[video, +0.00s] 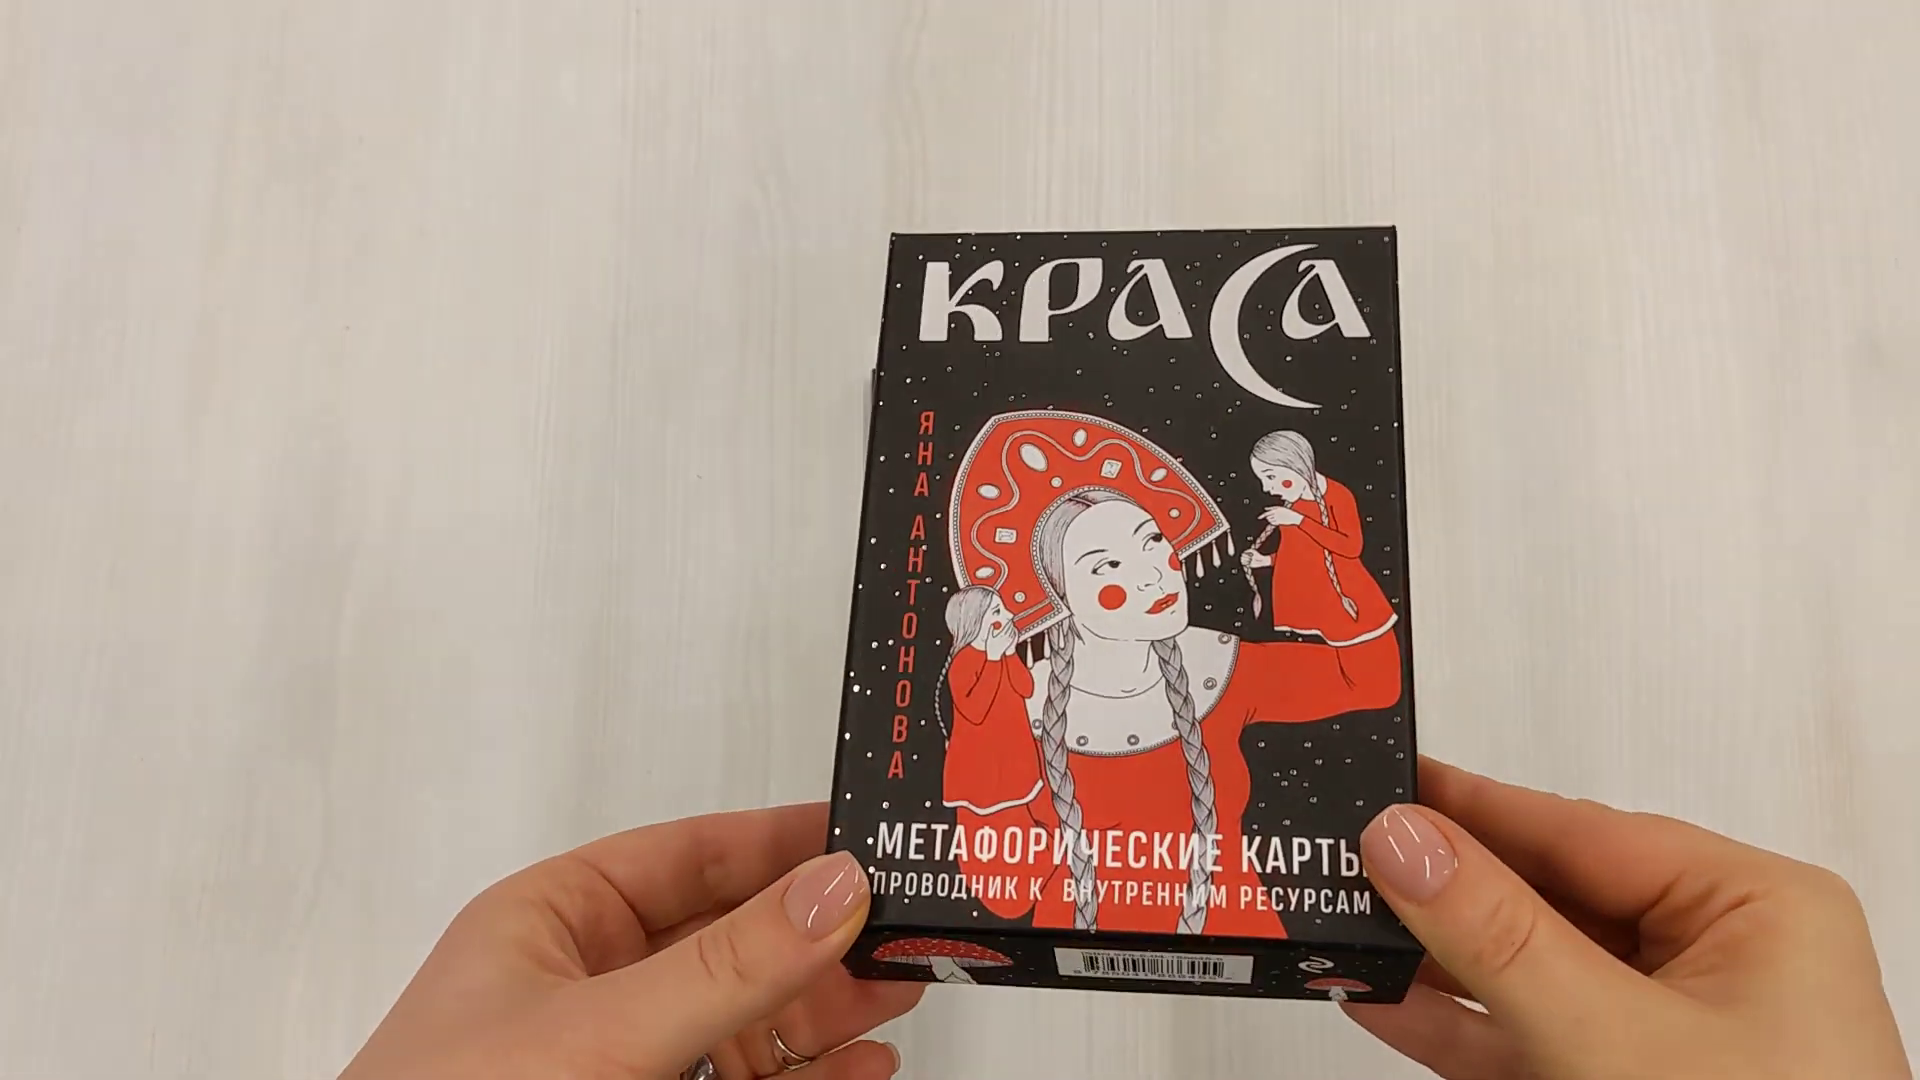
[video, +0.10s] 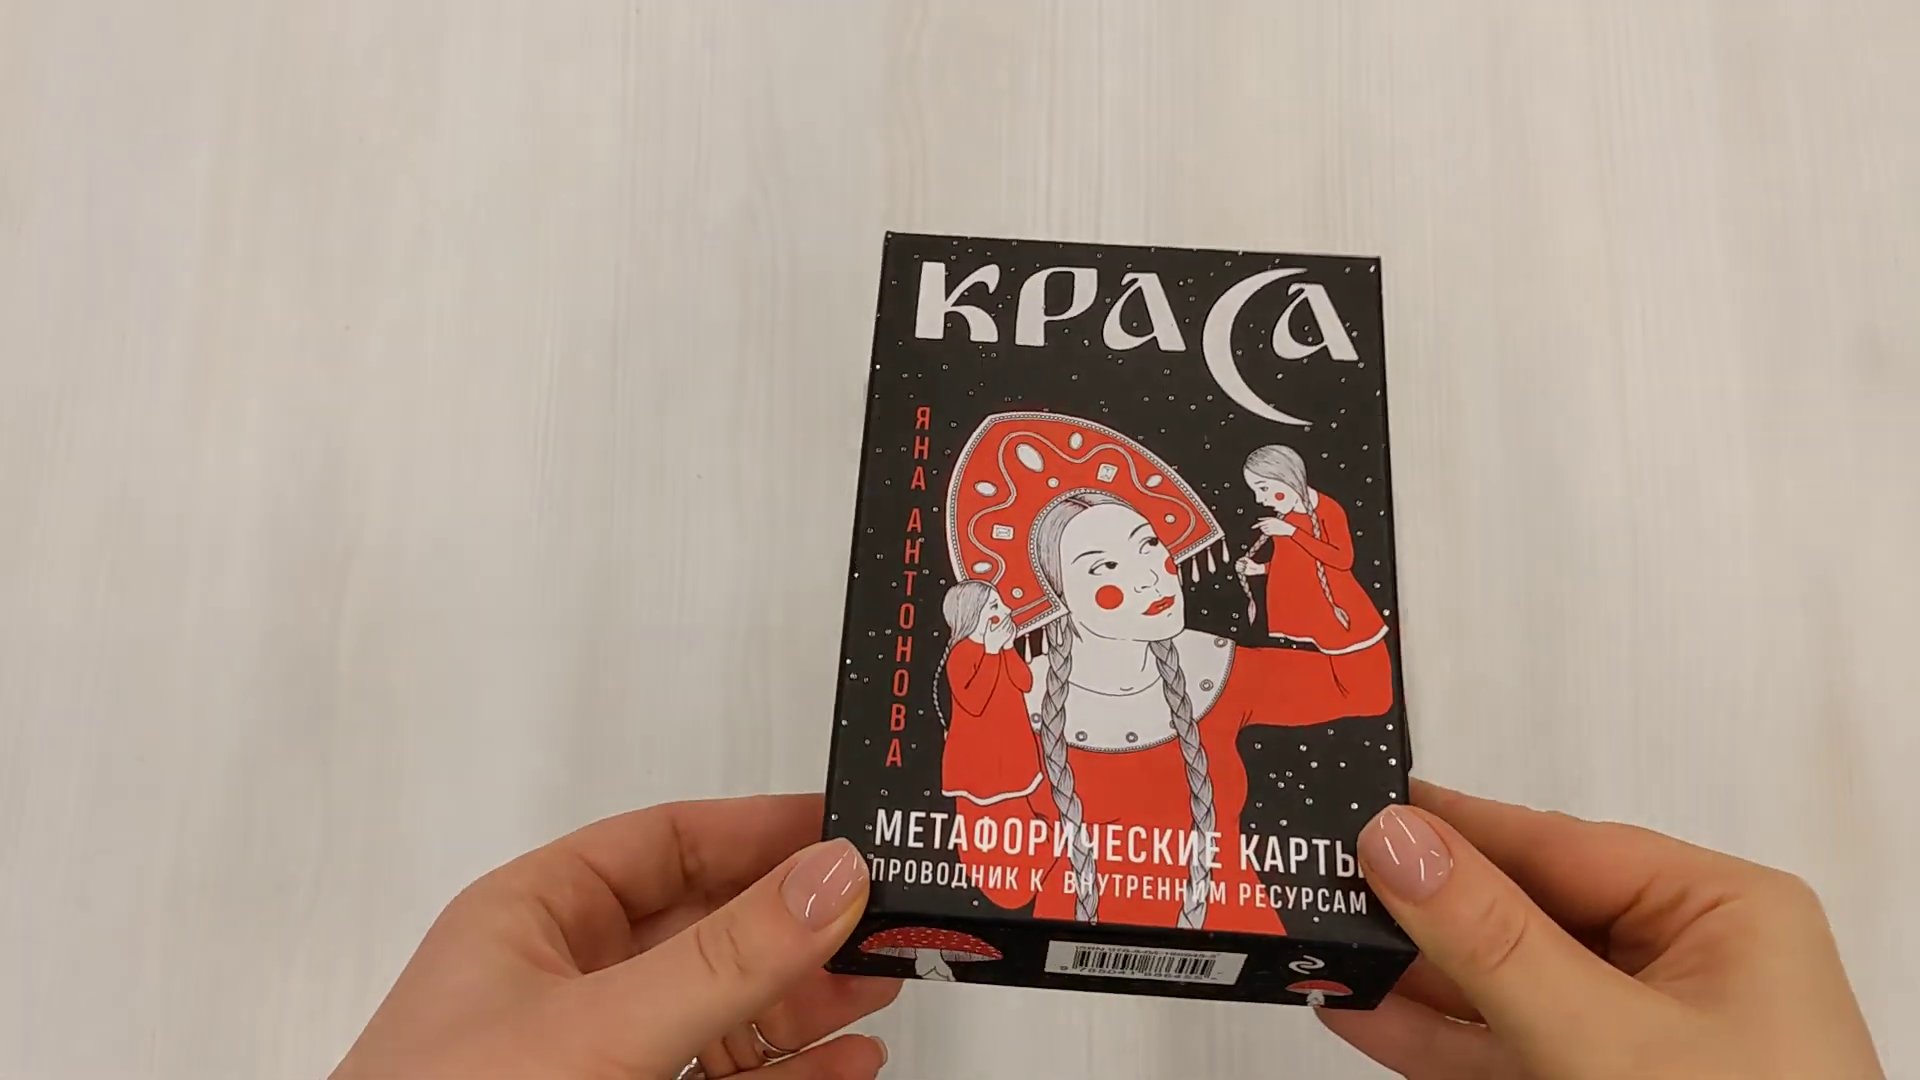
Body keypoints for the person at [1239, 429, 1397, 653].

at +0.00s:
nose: (1267, 489)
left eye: (1270, 476)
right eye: (1263, 480)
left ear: (1295, 464)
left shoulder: (1338, 496)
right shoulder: (1292, 504)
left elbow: (1352, 547)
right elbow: (1302, 552)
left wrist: (1299, 520)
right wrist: (1266, 560)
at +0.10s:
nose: (1259, 500)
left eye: (1264, 488)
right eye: (1255, 491)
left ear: (1287, 478)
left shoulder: (1329, 510)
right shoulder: (1285, 517)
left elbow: (1344, 559)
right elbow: (1294, 562)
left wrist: (1292, 532)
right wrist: (1260, 569)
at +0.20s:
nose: (1240, 512)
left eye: (1242, 501)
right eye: (1235, 505)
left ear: (1265, 491)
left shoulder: (1304, 525)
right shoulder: (1264, 531)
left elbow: (1321, 573)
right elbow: (1275, 574)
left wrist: (1270, 544)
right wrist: (1241, 579)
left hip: (1322, 638)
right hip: (1288, 640)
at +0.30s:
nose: (1216, 516)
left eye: (1220, 505)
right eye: (1212, 508)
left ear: (1241, 496)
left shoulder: (1279, 531)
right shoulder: (1241, 536)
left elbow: (1296, 579)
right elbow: (1252, 579)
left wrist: (1248, 549)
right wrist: (1219, 583)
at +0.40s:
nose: (1205, 508)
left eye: (1208, 497)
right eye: (1200, 500)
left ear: (1229, 488)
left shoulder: (1265, 525)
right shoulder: (1230, 529)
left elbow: (1282, 574)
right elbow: (1243, 574)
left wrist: (1235, 542)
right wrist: (1209, 576)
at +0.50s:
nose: (1198, 500)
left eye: (1200, 488)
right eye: (1194, 491)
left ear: (1220, 479)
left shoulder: (1256, 517)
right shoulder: (1223, 519)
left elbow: (1274, 566)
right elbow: (1237, 566)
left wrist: (1227, 535)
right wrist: (1204, 569)